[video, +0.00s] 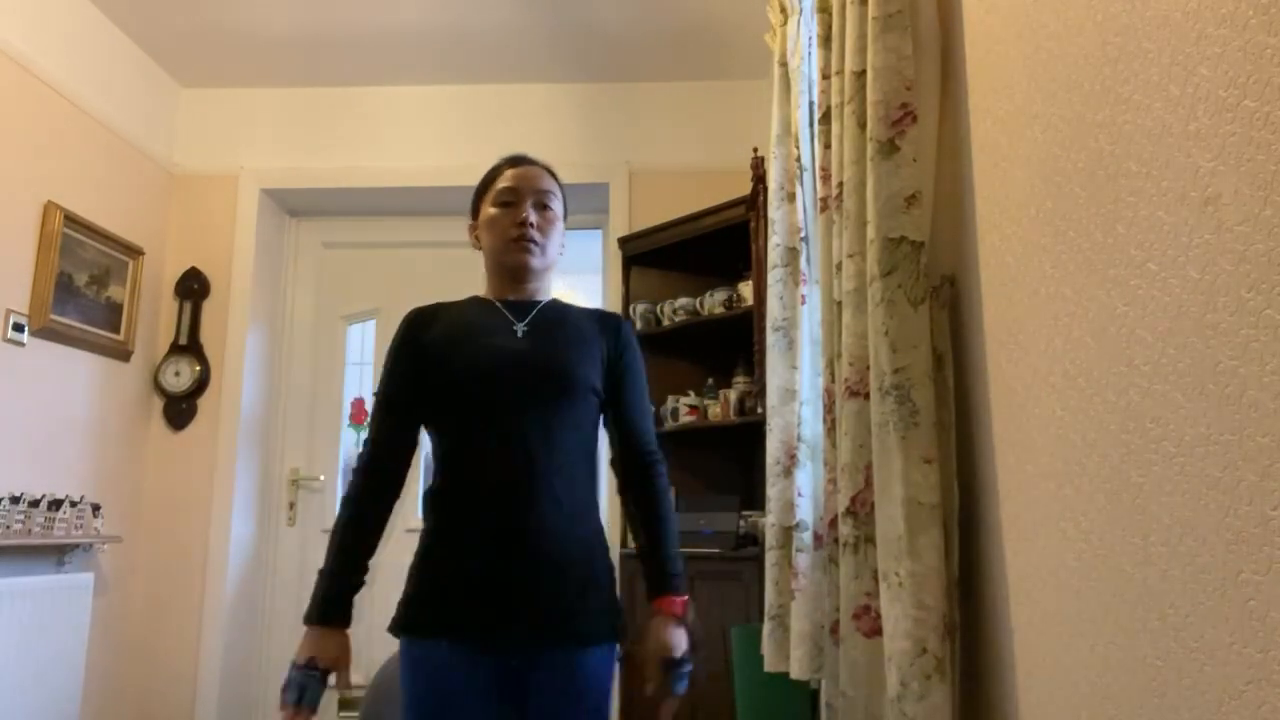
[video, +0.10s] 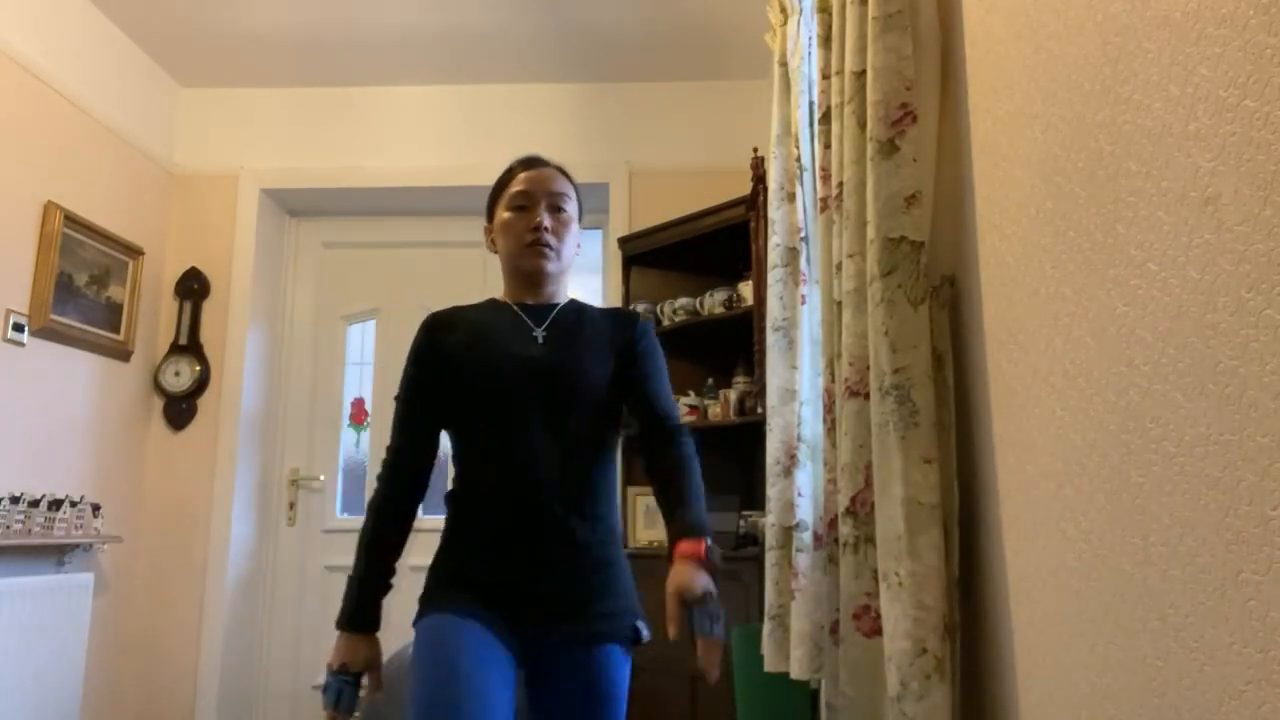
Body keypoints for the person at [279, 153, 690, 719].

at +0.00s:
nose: (528, 215)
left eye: (544, 204)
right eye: (507, 202)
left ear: (562, 233)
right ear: (475, 229)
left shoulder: (606, 335)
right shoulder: (427, 331)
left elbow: (643, 469)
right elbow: (379, 475)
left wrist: (669, 601)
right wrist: (327, 615)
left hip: (572, 622)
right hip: (449, 620)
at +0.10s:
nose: (541, 219)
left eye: (558, 208)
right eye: (521, 205)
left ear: (579, 239)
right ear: (491, 235)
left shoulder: (624, 334)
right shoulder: (446, 335)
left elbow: (667, 439)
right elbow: (402, 482)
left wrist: (690, 551)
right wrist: (358, 621)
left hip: (588, 597)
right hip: (470, 597)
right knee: (458, 708)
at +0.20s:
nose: (549, 218)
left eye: (567, 206)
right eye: (530, 205)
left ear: (589, 234)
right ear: (500, 233)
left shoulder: (632, 324)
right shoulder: (459, 334)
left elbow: (670, 390)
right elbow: (424, 479)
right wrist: (385, 619)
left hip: (591, 566)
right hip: (484, 553)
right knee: (467, 643)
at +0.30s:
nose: (552, 221)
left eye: (570, 208)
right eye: (532, 207)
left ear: (595, 235)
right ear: (505, 234)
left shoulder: (634, 316)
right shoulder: (465, 337)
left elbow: (660, 360)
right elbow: (437, 480)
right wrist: (404, 621)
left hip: (592, 597)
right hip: (486, 594)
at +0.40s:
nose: (545, 251)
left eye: (563, 235)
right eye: (534, 235)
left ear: (590, 251)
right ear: (507, 244)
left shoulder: (635, 327)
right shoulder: (465, 342)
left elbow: (627, 320)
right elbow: (438, 482)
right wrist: (412, 627)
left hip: (593, 599)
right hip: (482, 600)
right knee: (499, 489)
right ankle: (522, 382)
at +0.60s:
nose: (554, 222)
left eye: (574, 208)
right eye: (534, 205)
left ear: (596, 232)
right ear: (507, 229)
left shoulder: (620, 325)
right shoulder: (467, 332)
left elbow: (652, 341)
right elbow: (440, 475)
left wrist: (642, 304)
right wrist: (414, 585)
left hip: (596, 567)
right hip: (500, 548)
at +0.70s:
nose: (553, 215)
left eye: (572, 202)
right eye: (533, 199)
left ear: (596, 229)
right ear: (505, 226)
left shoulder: (630, 316)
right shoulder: (461, 324)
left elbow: (673, 353)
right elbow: (425, 469)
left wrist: (672, 373)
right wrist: (387, 605)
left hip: (592, 572)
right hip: (482, 557)